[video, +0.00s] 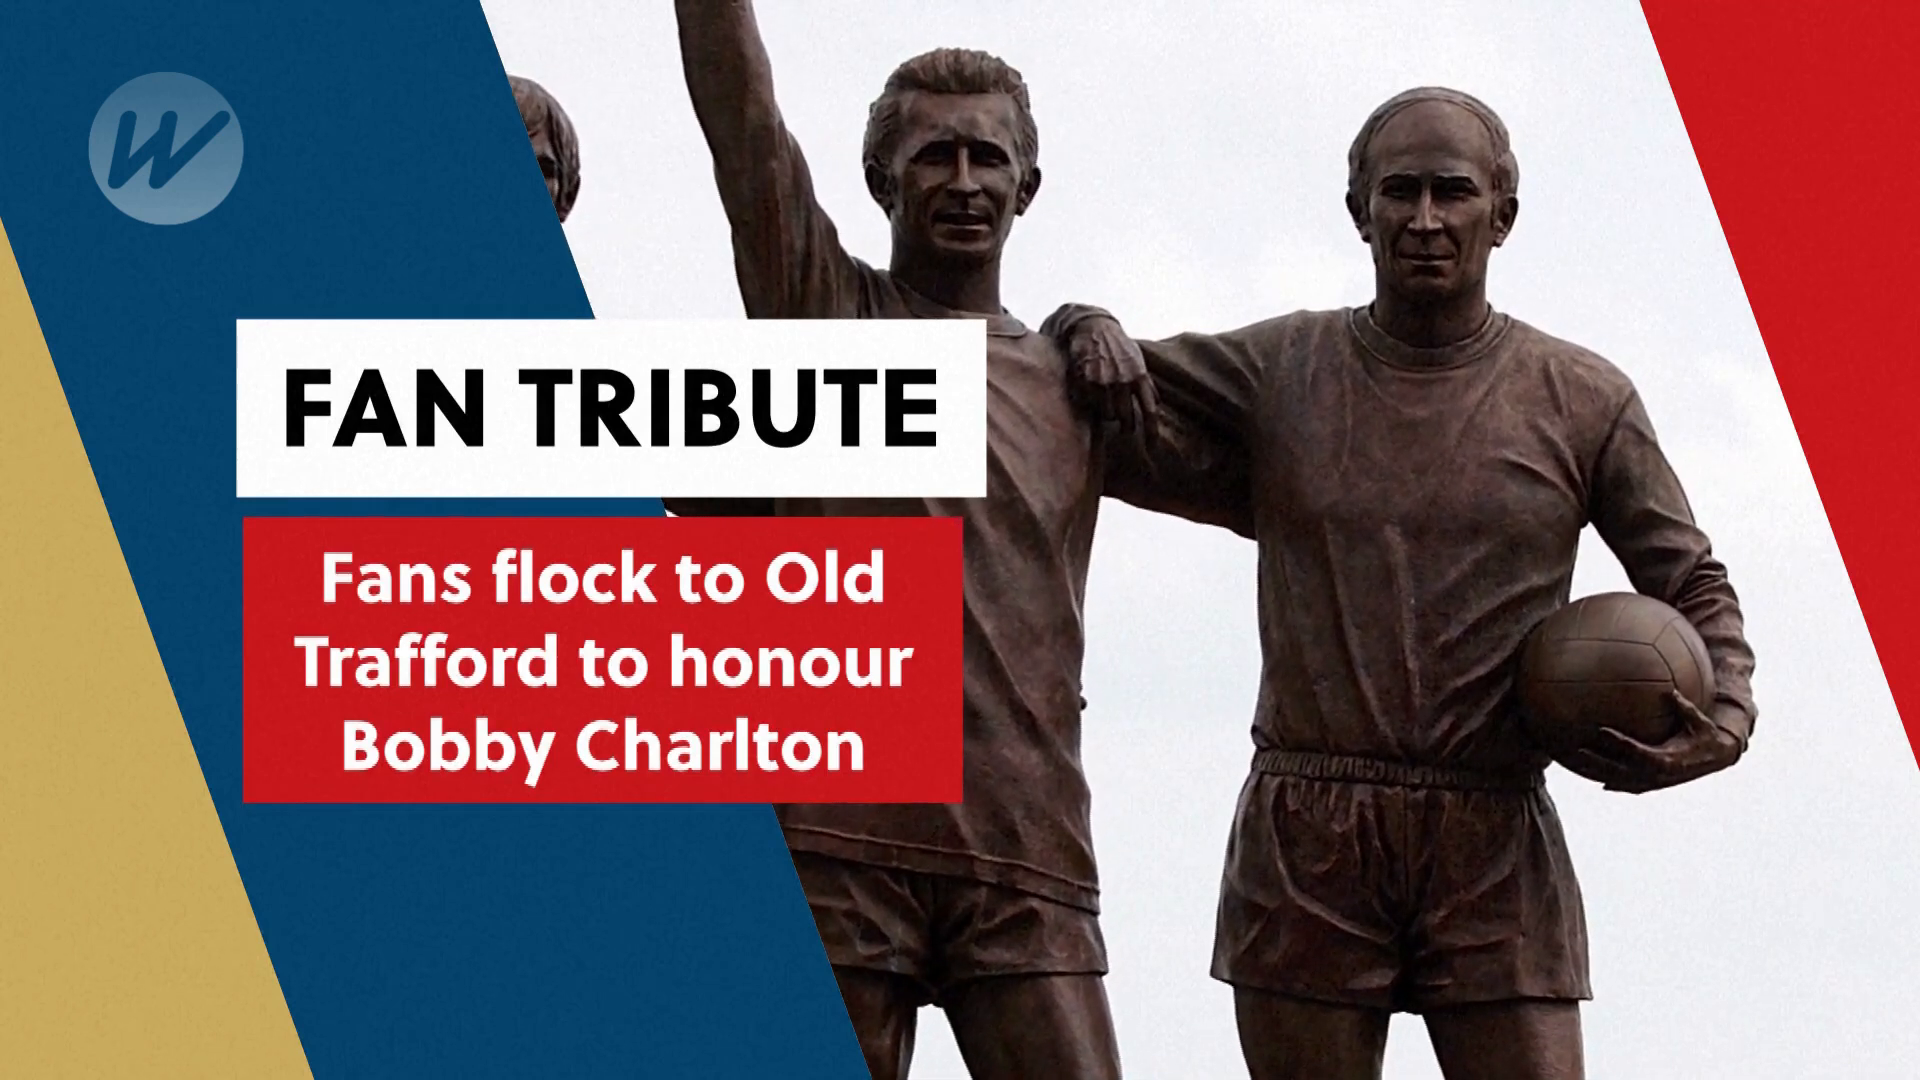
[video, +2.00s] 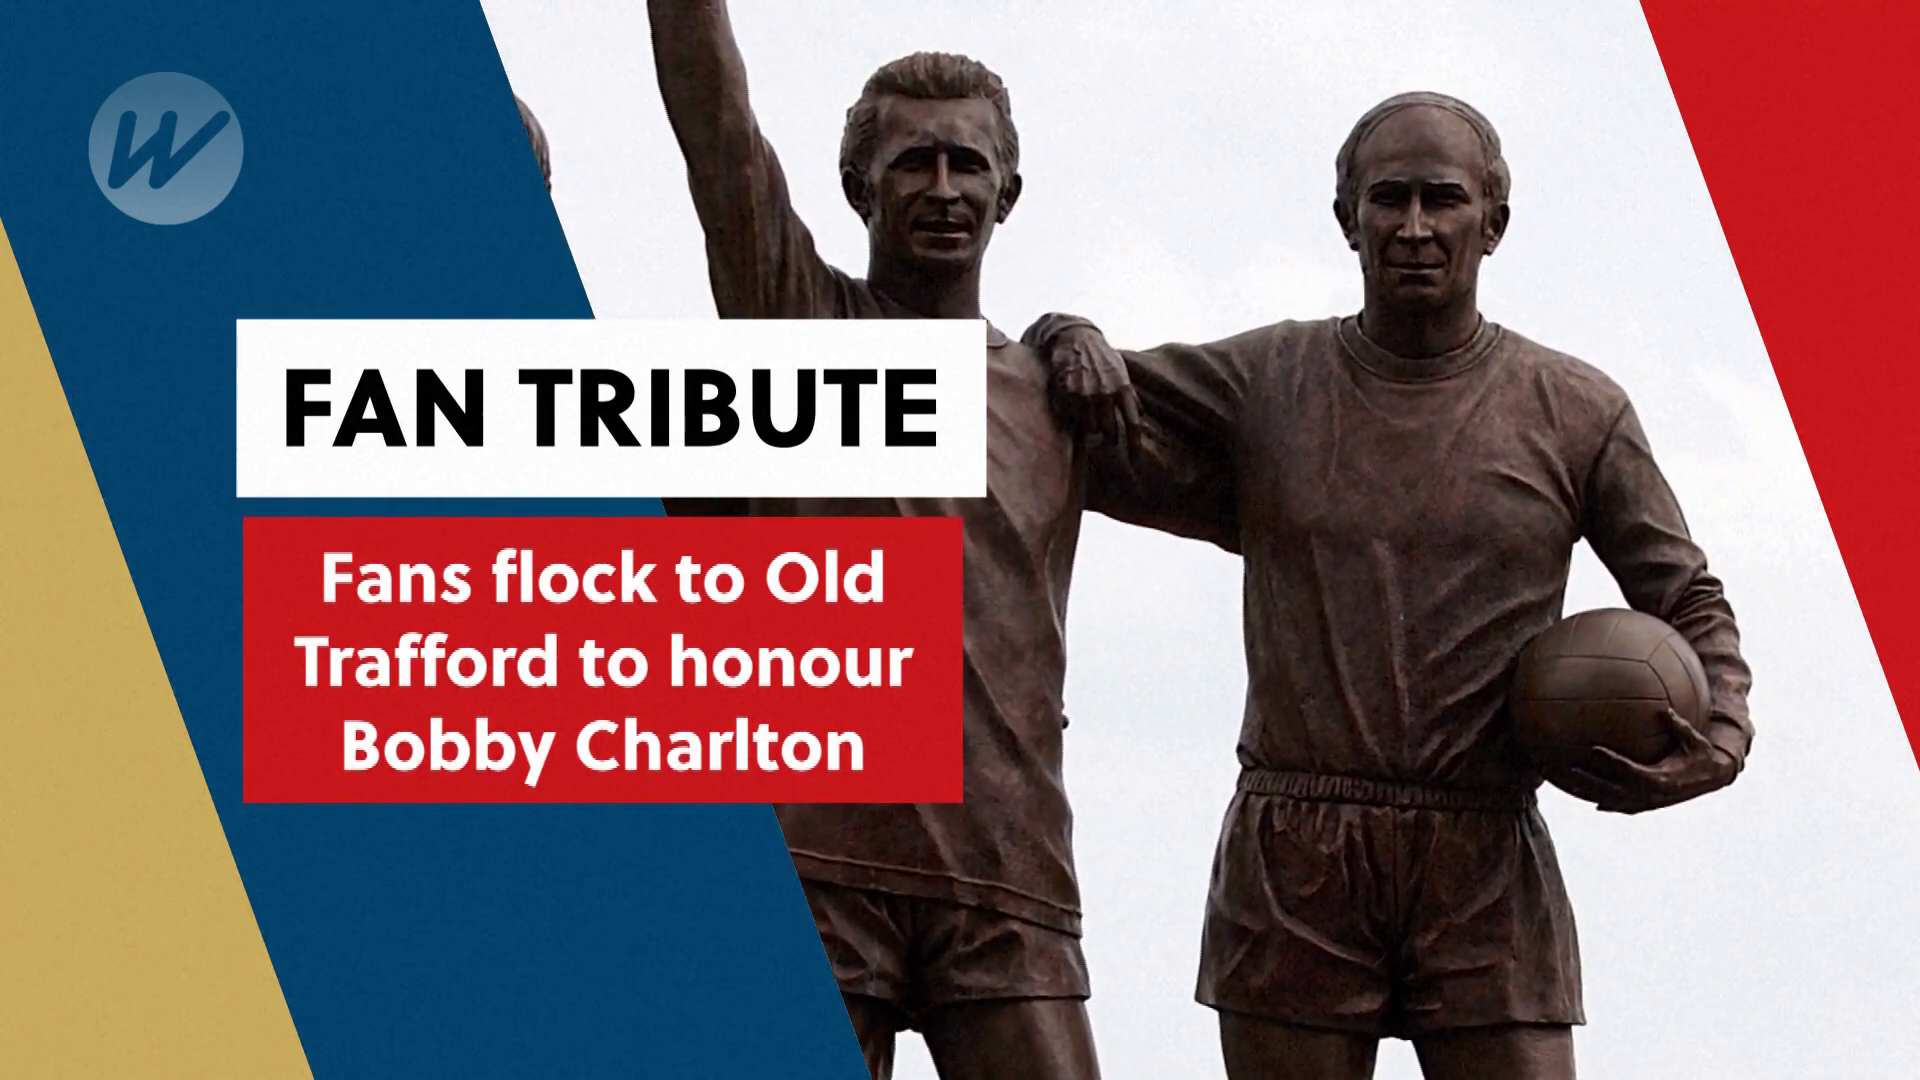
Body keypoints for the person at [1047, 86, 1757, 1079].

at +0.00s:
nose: (1425, 217)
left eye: (1454, 190)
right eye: (1399, 191)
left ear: (1505, 215)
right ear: (1359, 211)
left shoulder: (1583, 397)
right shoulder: (1279, 366)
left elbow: (1691, 582)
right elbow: (1108, 403)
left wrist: (1725, 706)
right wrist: (1083, 326)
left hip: (1495, 845)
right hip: (1306, 841)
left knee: (1539, 1065)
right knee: (1304, 1068)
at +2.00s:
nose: (1414, 224)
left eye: (1443, 197)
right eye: (1387, 199)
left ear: (1495, 221)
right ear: (1347, 220)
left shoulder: (1577, 408)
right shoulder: (1265, 377)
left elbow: (1686, 599)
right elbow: (1084, 410)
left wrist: (1721, 730)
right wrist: (1066, 337)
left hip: (1485, 863)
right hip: (1291, 859)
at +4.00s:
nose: (1402, 233)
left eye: (1432, 204)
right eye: (1375, 206)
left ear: (1486, 228)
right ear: (1335, 227)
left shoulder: (1569, 419)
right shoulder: (1252, 387)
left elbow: (1681, 614)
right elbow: (1079, 440)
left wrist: (1718, 752)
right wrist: (1046, 351)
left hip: (1478, 891)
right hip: (1276, 885)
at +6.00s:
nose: (1411, 252)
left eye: (1433, 218)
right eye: (1388, 218)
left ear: (1471, 230)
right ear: (1350, 228)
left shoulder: (1546, 442)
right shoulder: (1270, 429)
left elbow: (1685, 725)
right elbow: (1024, 427)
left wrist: (1531, 705)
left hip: (1467, 919)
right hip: (1293, 913)